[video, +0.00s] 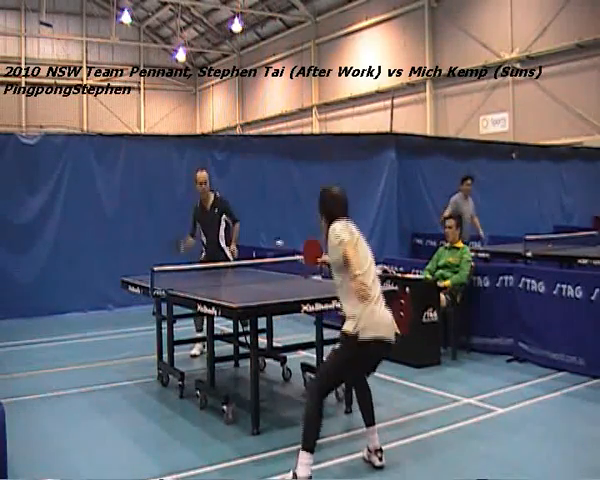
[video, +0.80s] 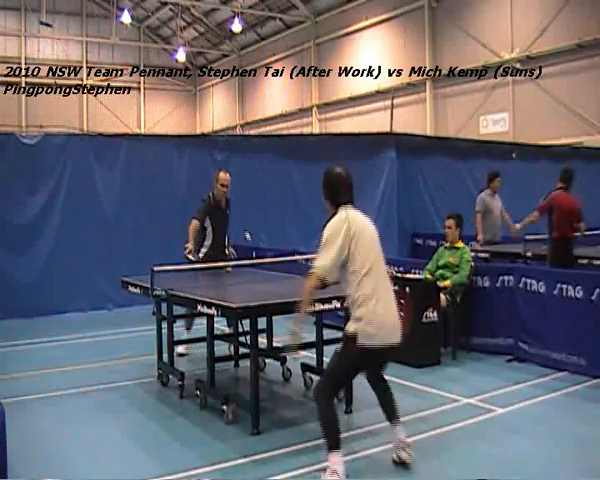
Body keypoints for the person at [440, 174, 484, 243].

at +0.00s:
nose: (469, 188)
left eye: (470, 185)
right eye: (467, 185)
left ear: (471, 187)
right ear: (461, 186)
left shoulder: (470, 200)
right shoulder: (455, 199)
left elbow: (473, 217)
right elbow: (448, 212)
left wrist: (480, 230)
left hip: (466, 234)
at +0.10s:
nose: (472, 187)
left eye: (473, 184)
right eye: (470, 184)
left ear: (474, 186)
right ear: (464, 185)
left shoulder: (472, 199)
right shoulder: (458, 198)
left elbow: (474, 216)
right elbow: (453, 216)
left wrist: (479, 231)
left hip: (470, 234)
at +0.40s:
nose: (481, 185)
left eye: (482, 183)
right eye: (479, 182)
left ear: (483, 184)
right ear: (473, 183)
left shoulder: (480, 198)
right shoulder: (467, 198)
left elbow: (479, 216)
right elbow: (464, 216)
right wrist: (461, 235)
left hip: (478, 236)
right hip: (468, 237)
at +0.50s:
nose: (486, 186)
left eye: (487, 183)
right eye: (485, 183)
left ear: (488, 185)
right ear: (478, 184)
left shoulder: (485, 199)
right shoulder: (472, 198)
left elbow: (484, 217)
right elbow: (468, 217)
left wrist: (485, 235)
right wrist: (467, 237)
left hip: (483, 237)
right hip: (473, 238)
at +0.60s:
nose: (491, 186)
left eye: (491, 183)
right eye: (489, 183)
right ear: (482, 184)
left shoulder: (489, 199)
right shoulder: (475, 198)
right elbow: (472, 217)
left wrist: (489, 236)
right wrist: (472, 238)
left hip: (488, 238)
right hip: (478, 239)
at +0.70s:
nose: (495, 185)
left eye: (496, 182)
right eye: (494, 182)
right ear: (488, 183)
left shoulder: (495, 198)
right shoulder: (479, 198)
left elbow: (496, 216)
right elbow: (476, 215)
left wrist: (499, 233)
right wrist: (478, 235)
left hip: (494, 236)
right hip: (484, 236)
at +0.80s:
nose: (499, 184)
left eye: (499, 182)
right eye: (497, 181)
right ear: (491, 183)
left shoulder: (497, 197)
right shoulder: (482, 197)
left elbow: (503, 213)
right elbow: (478, 215)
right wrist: (480, 234)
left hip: (497, 235)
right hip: (485, 236)